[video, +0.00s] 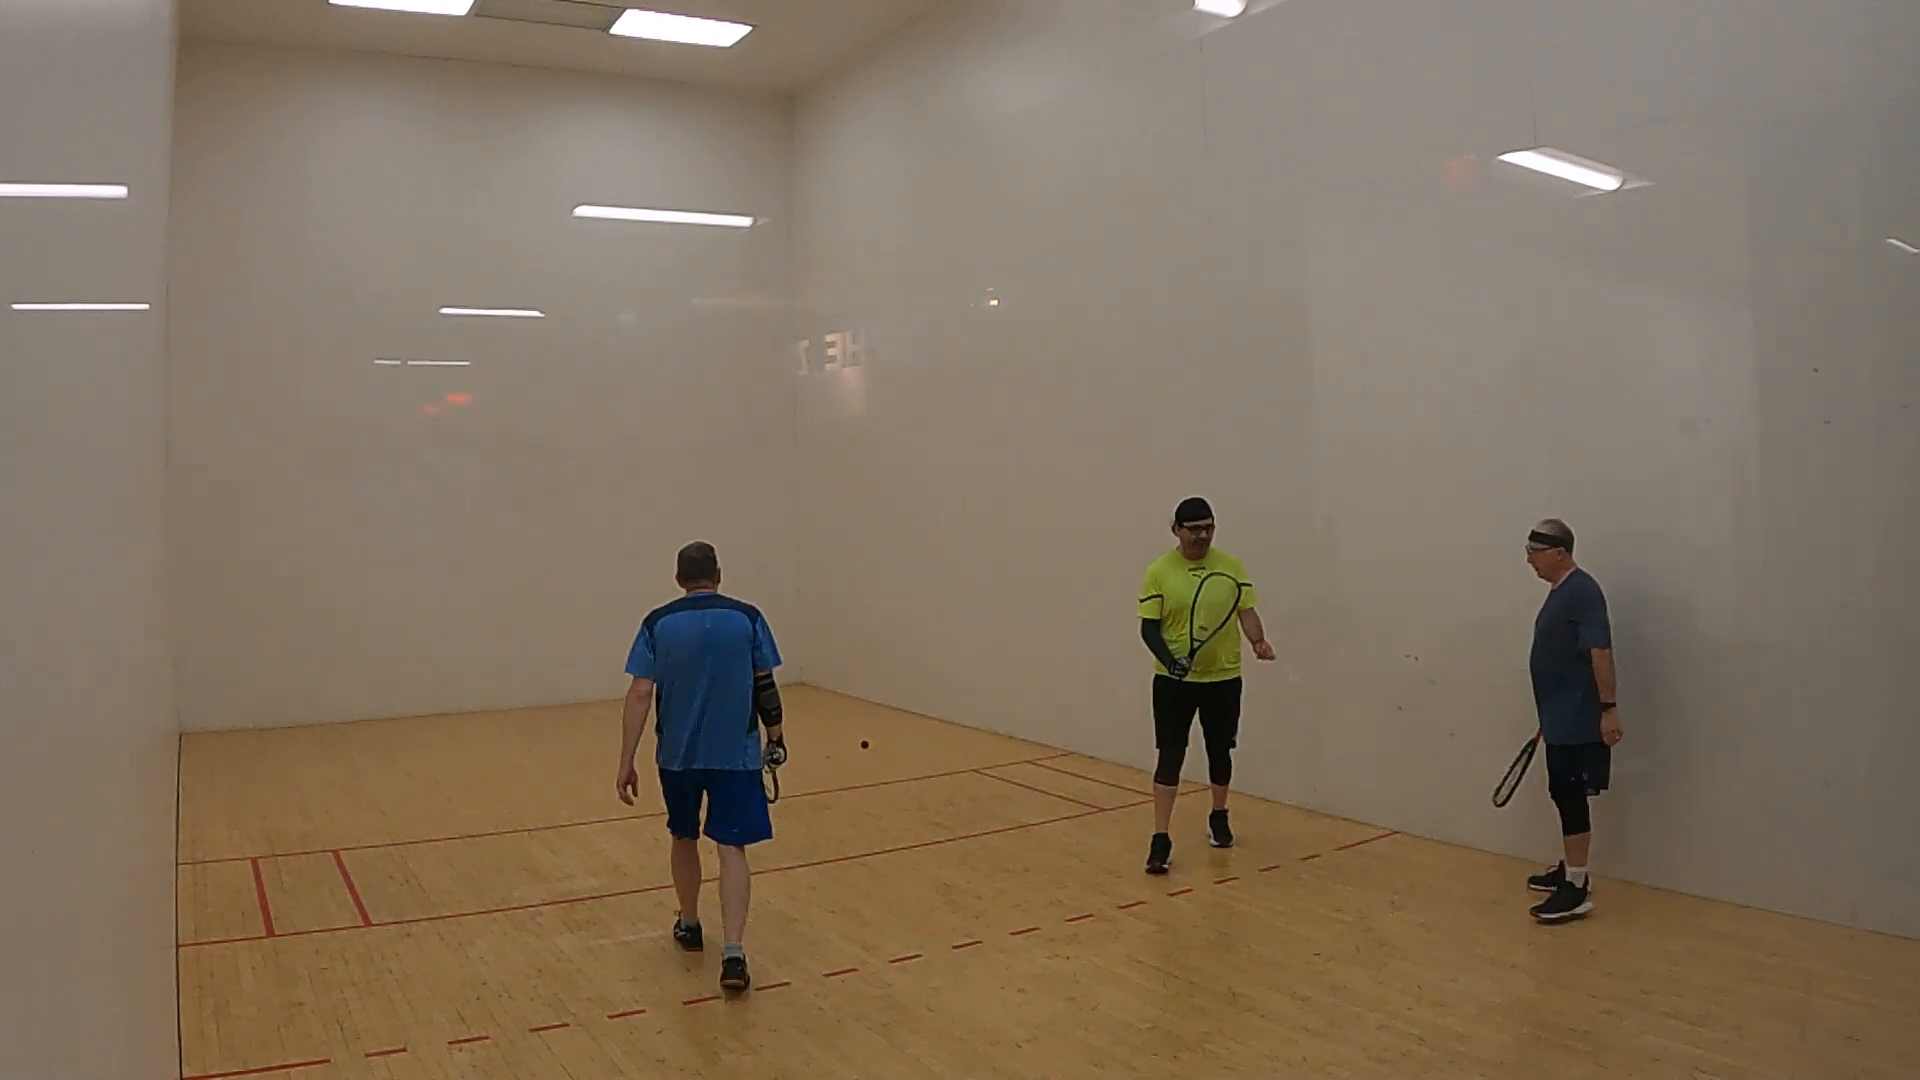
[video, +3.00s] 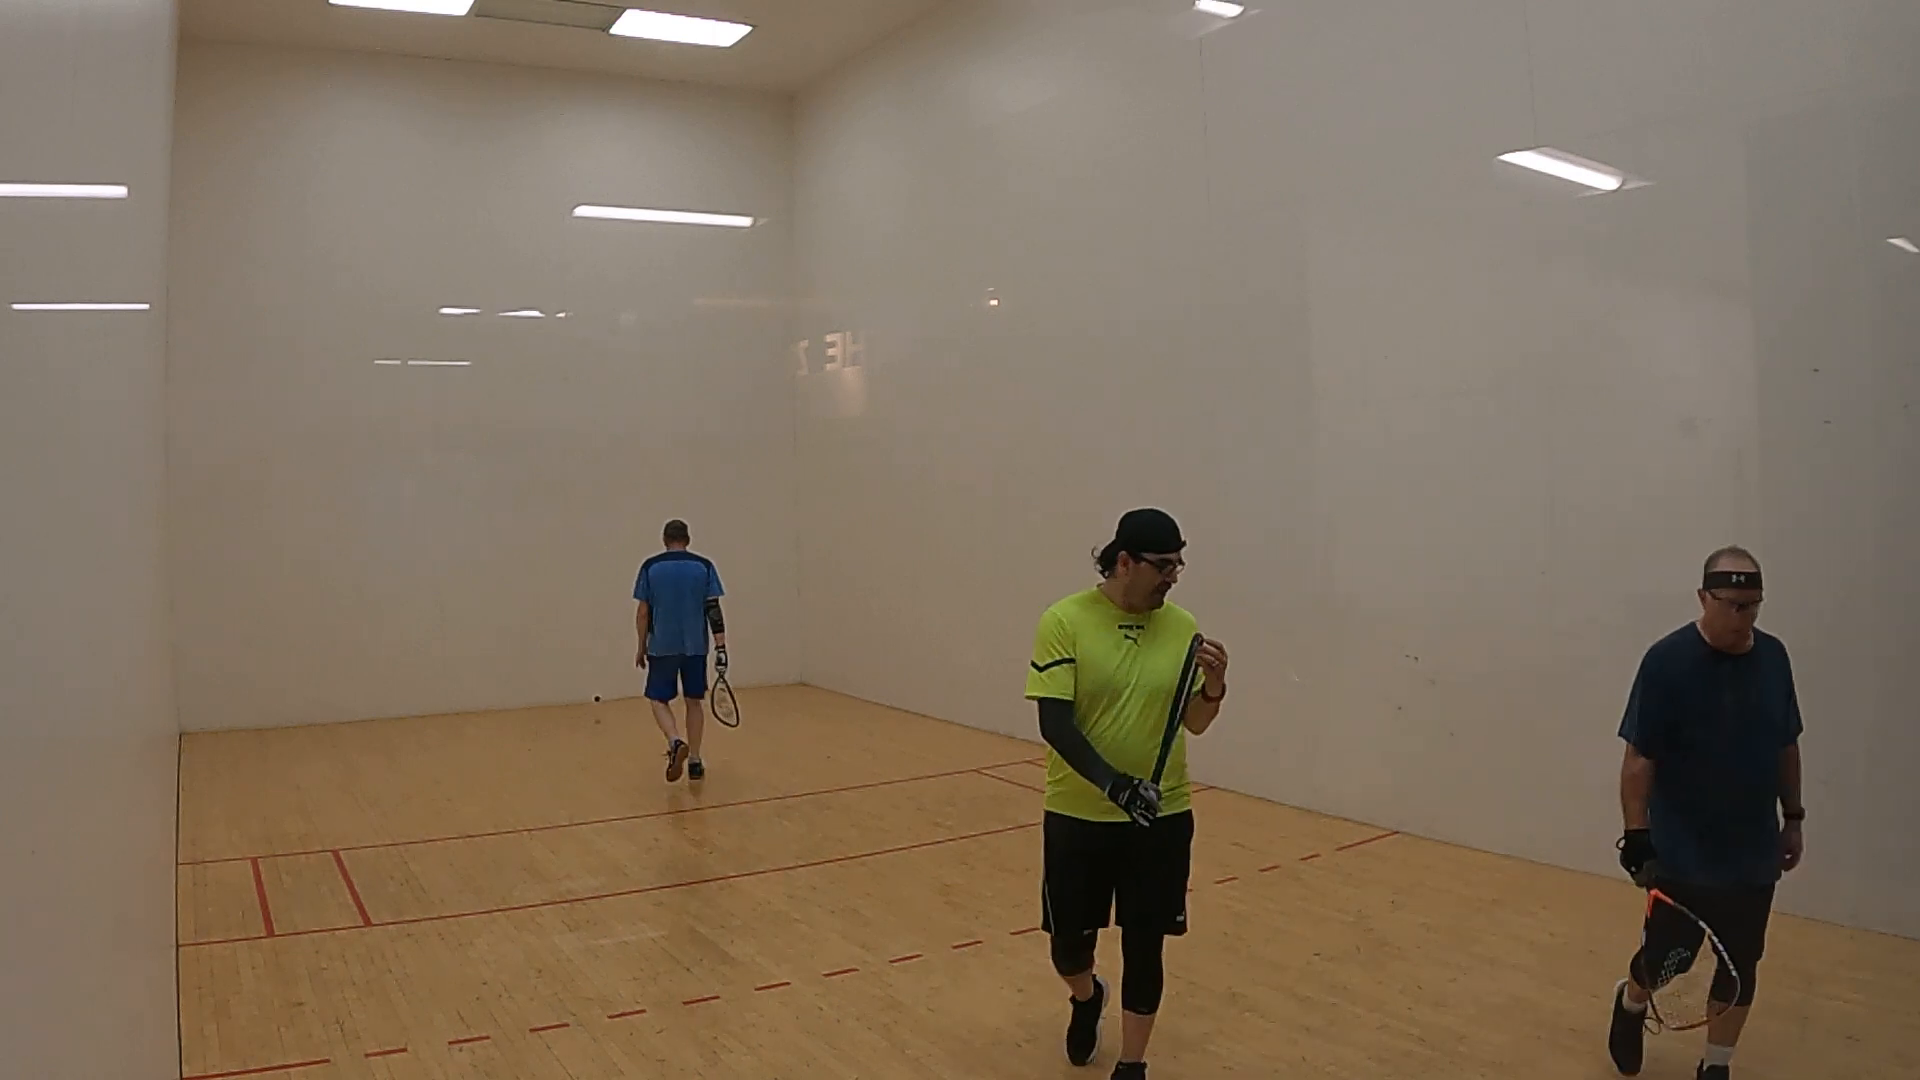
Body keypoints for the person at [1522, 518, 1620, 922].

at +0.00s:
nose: (1529, 559)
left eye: (1534, 552)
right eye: (1528, 552)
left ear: (1560, 552)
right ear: (1555, 554)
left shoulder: (1583, 590)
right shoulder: (1561, 591)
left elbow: (1600, 652)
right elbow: (1562, 658)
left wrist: (1609, 709)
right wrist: (1548, 716)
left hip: (1576, 718)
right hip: (1559, 717)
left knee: (1571, 795)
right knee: (1563, 792)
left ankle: (1578, 886)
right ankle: (1570, 868)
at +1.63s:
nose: (1605, 587)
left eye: (1614, 578)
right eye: (1595, 578)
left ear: (1625, 581)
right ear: (1579, 581)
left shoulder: (1643, 625)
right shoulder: (1550, 629)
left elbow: (1650, 688)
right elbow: (1524, 698)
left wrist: (1644, 740)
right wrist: (1512, 759)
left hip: (1621, 772)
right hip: (1561, 770)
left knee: (1613, 869)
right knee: (1551, 857)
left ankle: (1598, 964)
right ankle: (1555, 923)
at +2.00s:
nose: (1636, 586)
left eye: (1645, 578)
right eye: (1627, 577)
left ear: (1656, 581)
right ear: (1608, 578)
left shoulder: (1674, 632)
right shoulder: (1574, 630)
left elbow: (1702, 698)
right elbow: (1547, 701)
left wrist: (1720, 757)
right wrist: (1533, 766)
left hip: (1649, 786)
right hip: (1588, 782)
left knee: (1626, 881)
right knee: (1583, 881)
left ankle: (1600, 969)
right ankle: (1575, 970)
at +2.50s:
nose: (1674, 606)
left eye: (1682, 596)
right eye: (1662, 596)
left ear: (1691, 594)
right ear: (1639, 591)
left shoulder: (1703, 642)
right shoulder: (1601, 645)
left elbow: (1716, 722)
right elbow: (1570, 725)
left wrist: (1719, 785)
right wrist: (1561, 797)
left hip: (1685, 811)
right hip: (1617, 813)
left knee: (1697, 909)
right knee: (1616, 921)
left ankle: (1659, 974)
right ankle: (1615, 1015)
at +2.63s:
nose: (1691, 605)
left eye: (1699, 595)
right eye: (1679, 595)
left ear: (1707, 594)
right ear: (1653, 593)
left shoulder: (1715, 643)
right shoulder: (1614, 650)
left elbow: (1713, 724)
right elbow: (1581, 735)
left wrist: (1707, 793)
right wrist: (1576, 810)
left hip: (1697, 819)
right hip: (1626, 821)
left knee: (1711, 930)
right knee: (1618, 930)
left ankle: (1695, 1031)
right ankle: (1616, 1018)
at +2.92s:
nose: (1737, 618)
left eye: (1745, 607)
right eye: (1725, 607)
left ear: (1753, 604)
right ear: (1696, 601)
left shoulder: (1759, 657)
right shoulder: (1658, 661)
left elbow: (1759, 744)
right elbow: (1627, 760)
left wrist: (1751, 822)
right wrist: (1627, 838)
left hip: (1740, 844)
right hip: (1667, 843)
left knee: (1736, 964)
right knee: (1644, 951)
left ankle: (1715, 1069)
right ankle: (1619, 1010)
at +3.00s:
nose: (1747, 615)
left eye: (1754, 604)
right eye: (1736, 604)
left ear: (1761, 602)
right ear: (1704, 600)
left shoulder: (1772, 656)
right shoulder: (1666, 660)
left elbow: (1785, 744)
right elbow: (1638, 757)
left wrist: (1792, 818)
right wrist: (1637, 837)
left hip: (1752, 839)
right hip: (1681, 839)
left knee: (1739, 962)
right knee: (1669, 953)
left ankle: (1715, 1069)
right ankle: (1630, 1005)